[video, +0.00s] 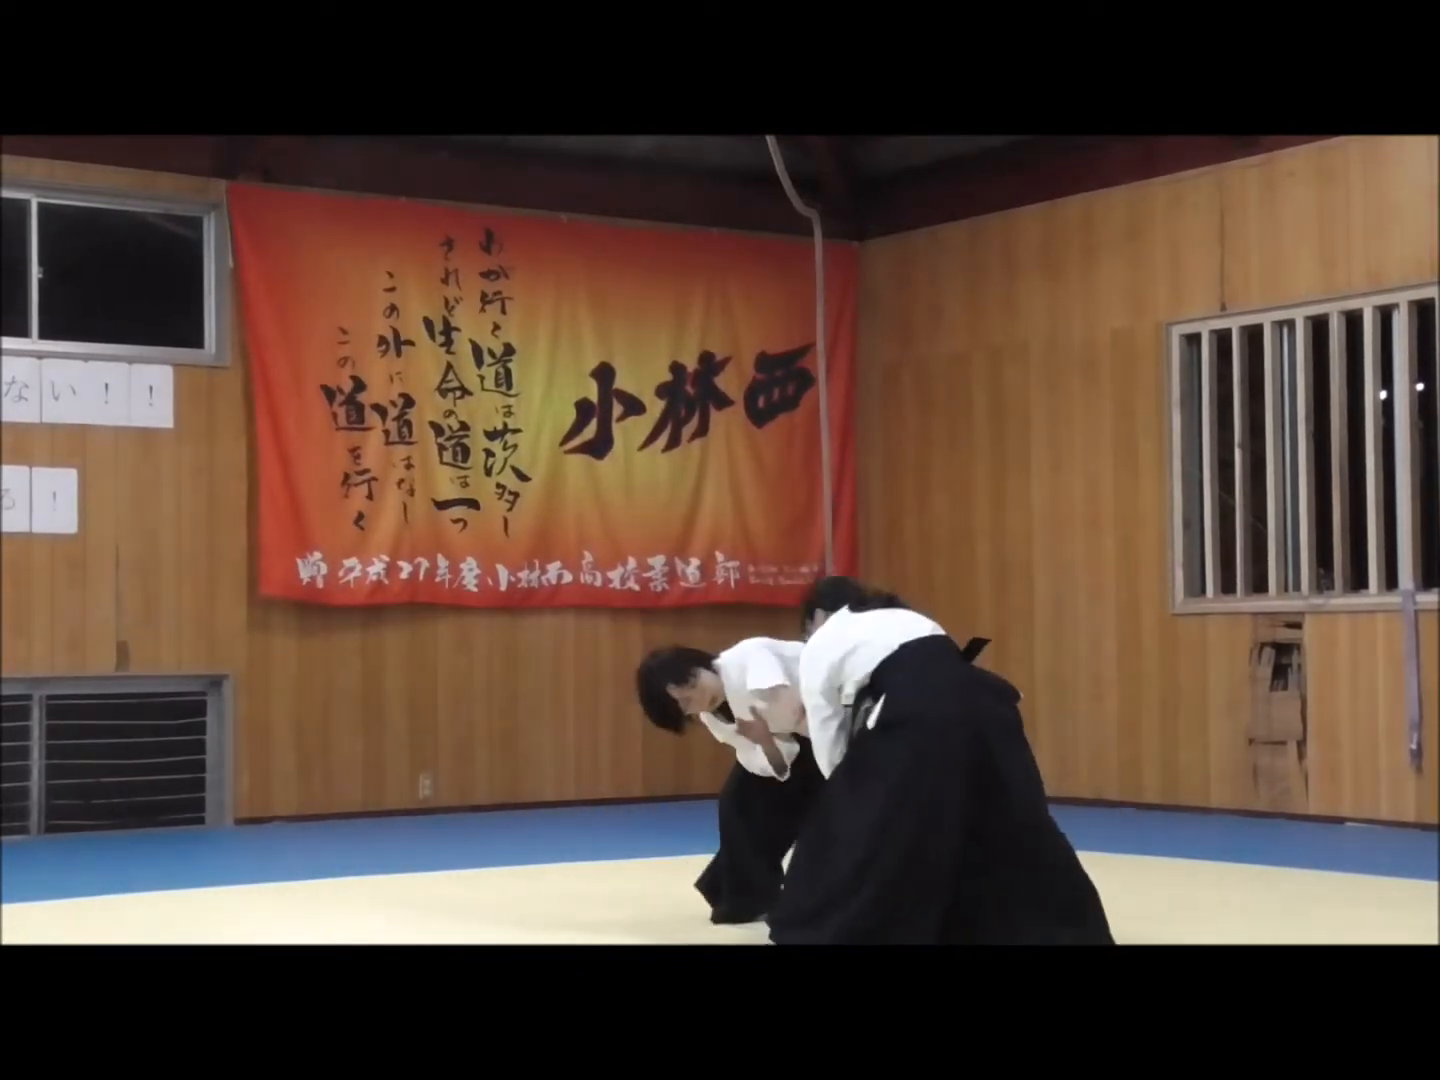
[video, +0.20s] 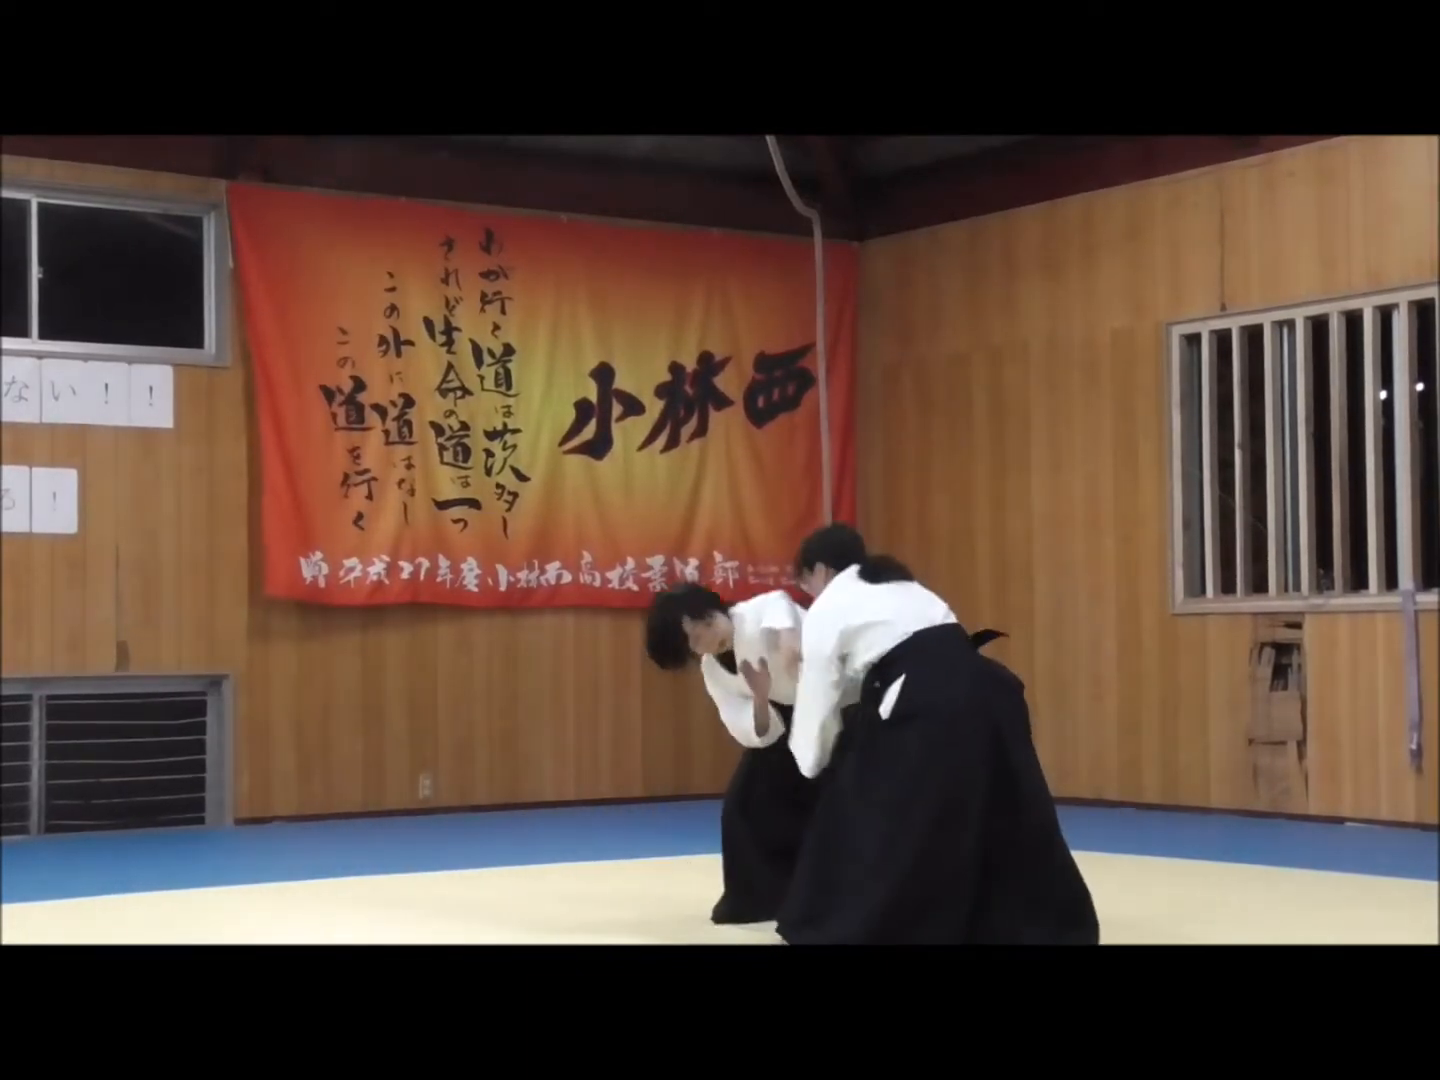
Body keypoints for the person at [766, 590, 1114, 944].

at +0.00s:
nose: (807, 638)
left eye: (808, 628)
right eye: (808, 630)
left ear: (822, 616)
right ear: (863, 606)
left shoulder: (819, 648)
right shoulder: (907, 618)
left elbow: (830, 752)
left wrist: (850, 796)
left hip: (915, 723)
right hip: (990, 712)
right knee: (1021, 832)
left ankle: (808, 926)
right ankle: (1072, 927)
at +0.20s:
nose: (806, 593)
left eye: (805, 582)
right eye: (803, 584)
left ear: (821, 571)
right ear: (858, 559)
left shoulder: (825, 610)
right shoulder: (902, 584)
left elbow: (810, 752)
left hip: (922, 707)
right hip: (993, 693)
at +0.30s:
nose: (802, 565)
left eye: (803, 554)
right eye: (801, 554)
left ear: (821, 547)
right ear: (858, 539)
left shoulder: (824, 591)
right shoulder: (900, 567)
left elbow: (778, 720)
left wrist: (764, 671)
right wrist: (809, 638)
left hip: (916, 696)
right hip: (985, 681)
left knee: (880, 818)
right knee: (997, 814)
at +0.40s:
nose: (802, 534)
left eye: (804, 523)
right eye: (801, 523)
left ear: (821, 519)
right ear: (857, 512)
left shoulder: (819, 570)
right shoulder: (897, 543)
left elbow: (775, 664)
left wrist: (757, 636)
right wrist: (795, 614)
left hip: (903, 684)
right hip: (968, 671)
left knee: (860, 805)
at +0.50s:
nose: (800, 509)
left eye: (803, 499)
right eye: (798, 501)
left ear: (821, 500)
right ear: (857, 493)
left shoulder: (814, 554)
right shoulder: (895, 532)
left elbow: (762, 636)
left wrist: (749, 602)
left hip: (884, 683)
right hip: (950, 670)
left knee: (847, 800)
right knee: (955, 800)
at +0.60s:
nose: (791, 499)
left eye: (794, 490)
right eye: (790, 490)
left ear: (810, 492)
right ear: (852, 482)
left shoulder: (803, 551)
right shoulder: (888, 528)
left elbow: (718, 618)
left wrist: (732, 557)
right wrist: (778, 554)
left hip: (863, 688)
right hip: (931, 677)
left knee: (828, 804)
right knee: (934, 804)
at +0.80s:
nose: (749, 482)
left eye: (752, 474)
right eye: (750, 474)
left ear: (769, 481)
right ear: (812, 473)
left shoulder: (765, 536)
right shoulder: (844, 516)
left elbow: (702, 563)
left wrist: (712, 508)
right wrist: (743, 504)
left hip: (807, 680)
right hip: (875, 669)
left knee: (786, 801)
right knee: (922, 783)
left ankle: (781, 923)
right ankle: (983, 894)